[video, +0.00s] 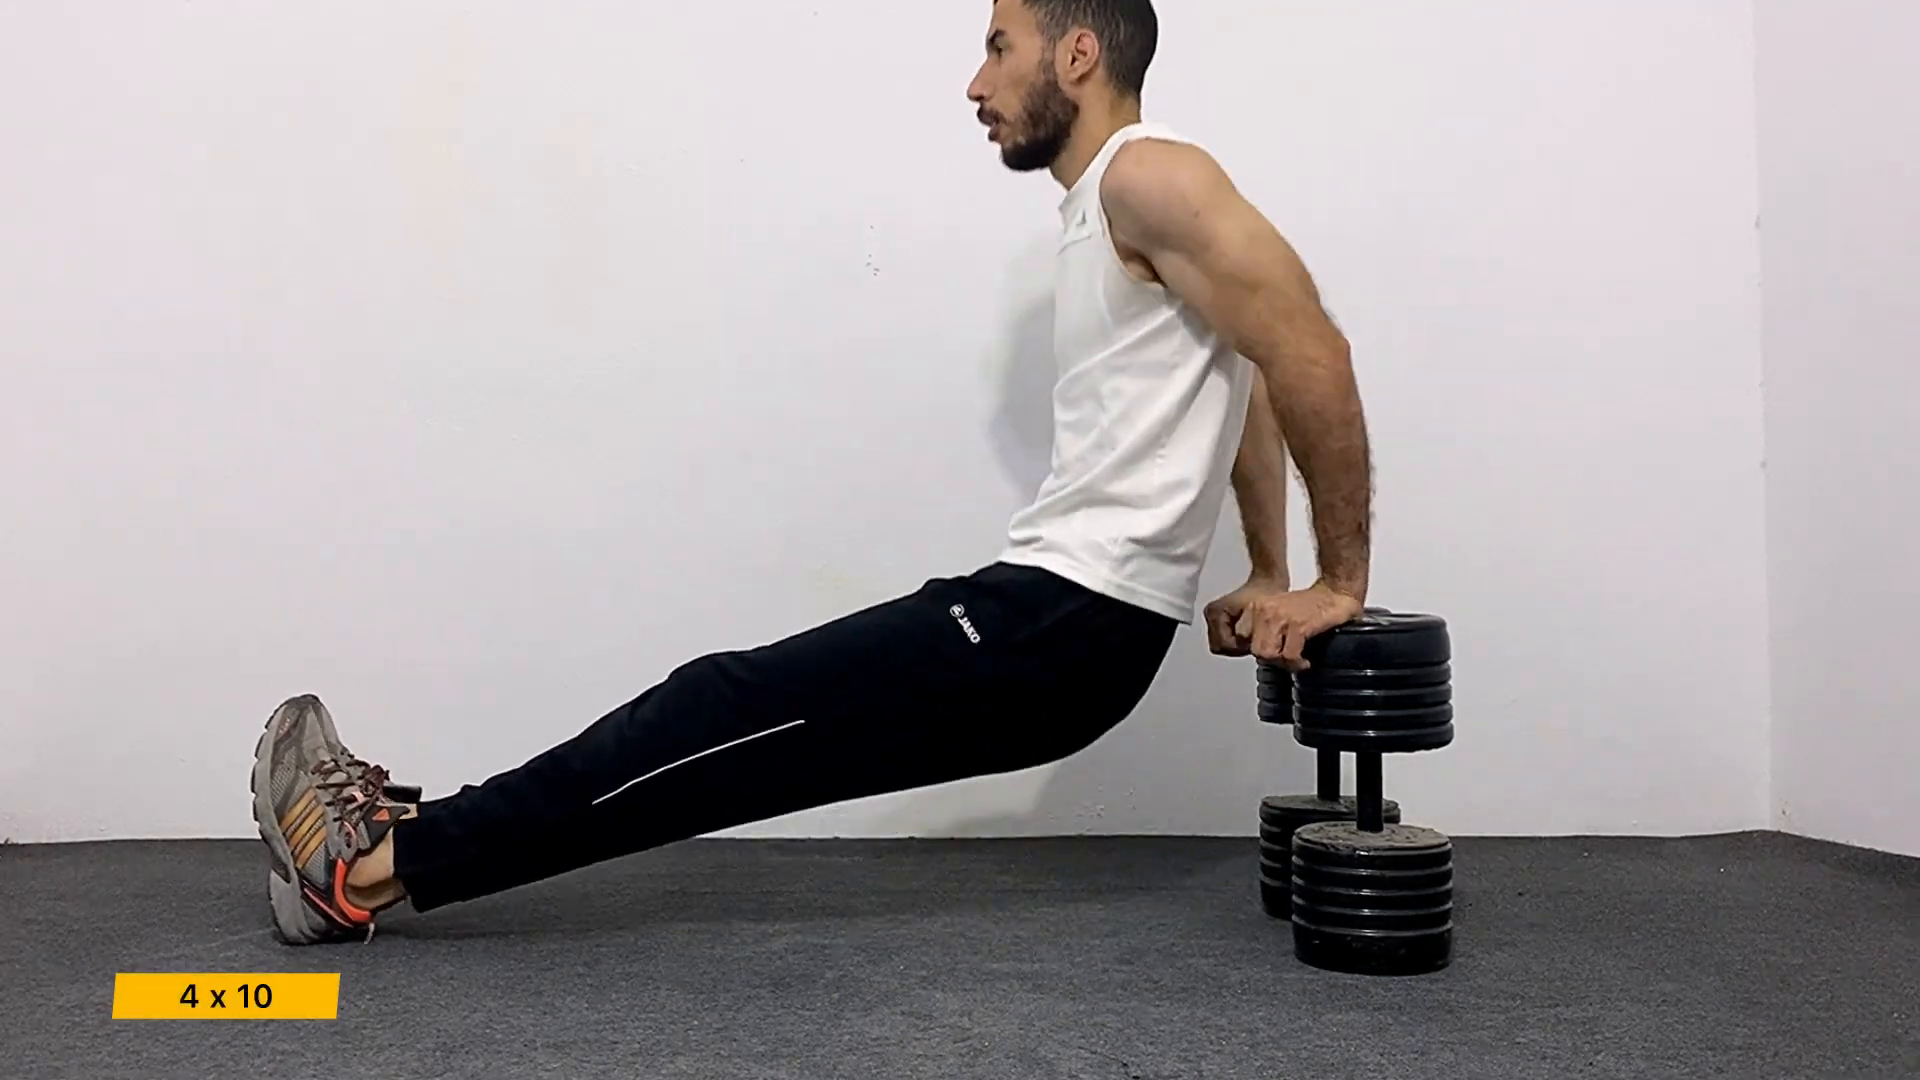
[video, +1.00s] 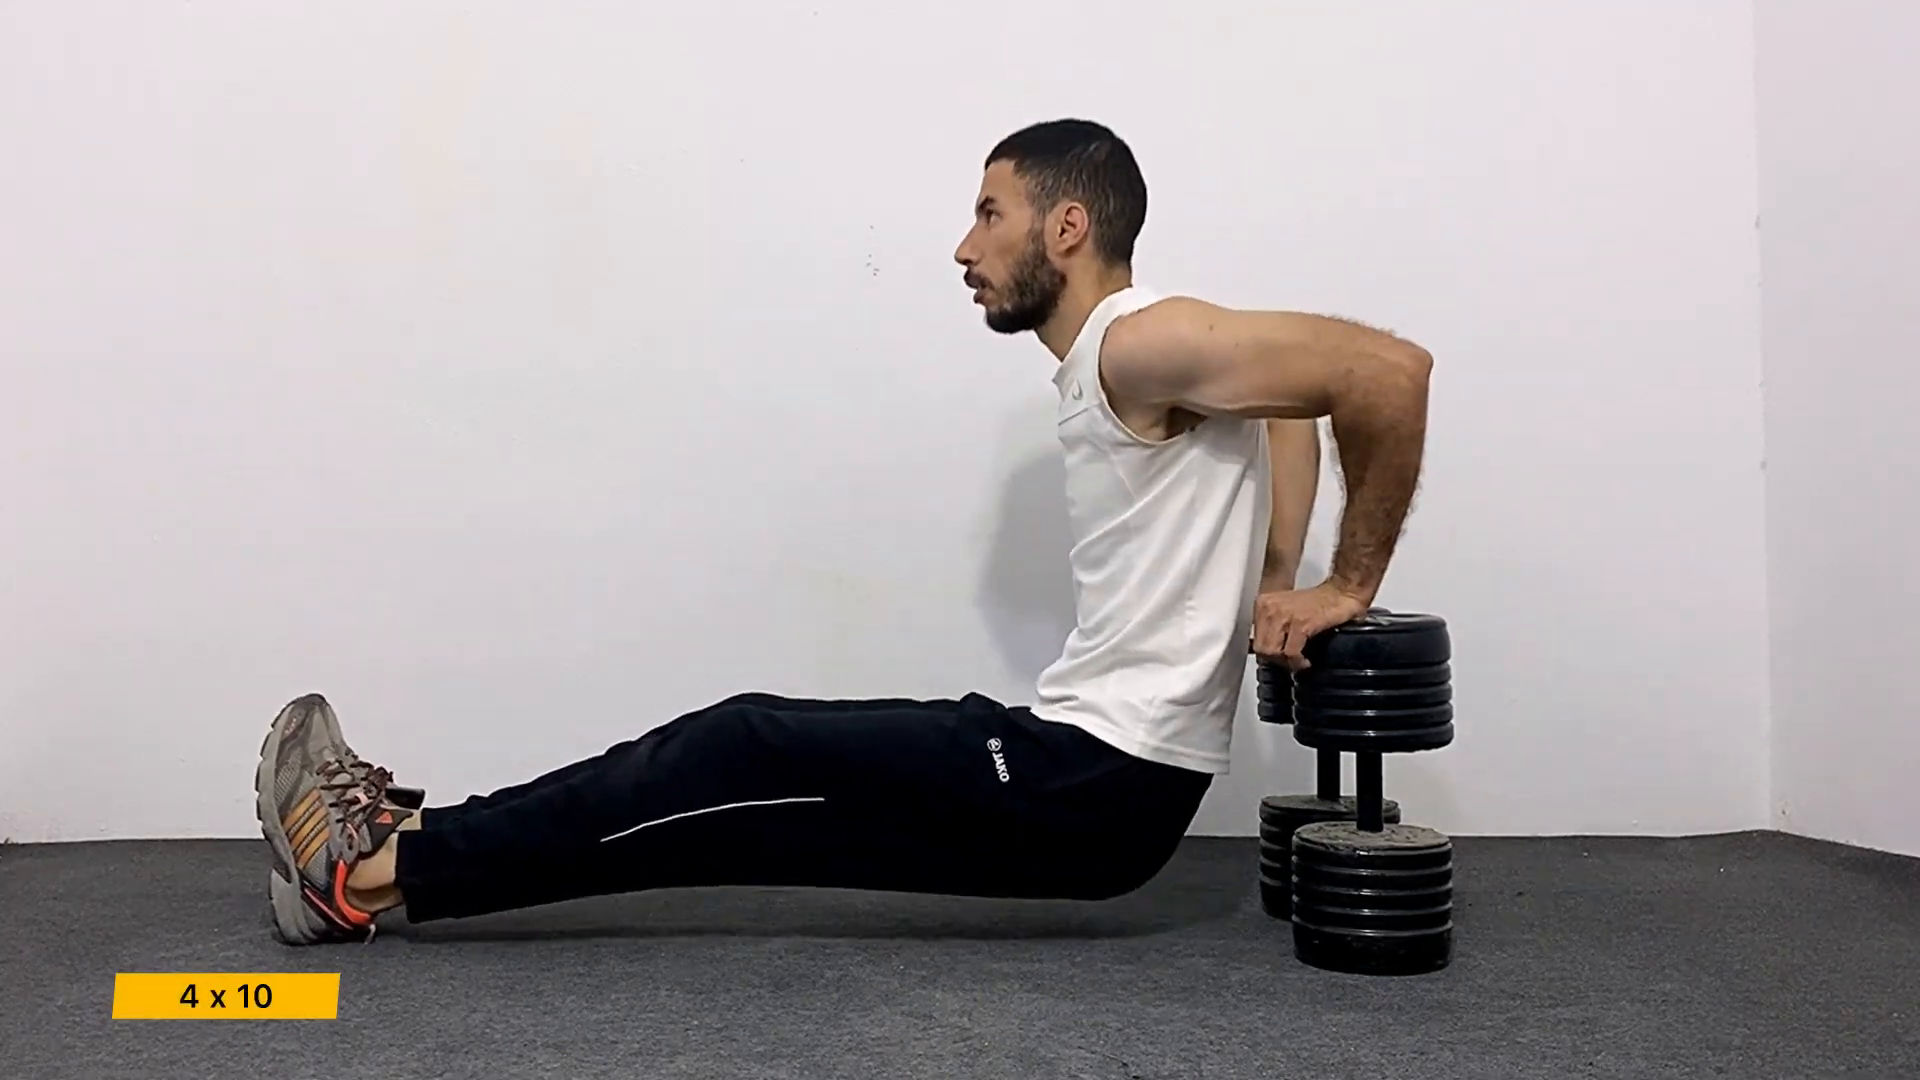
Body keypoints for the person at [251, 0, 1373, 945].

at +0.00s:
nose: (976, 81)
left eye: (998, 50)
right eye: (983, 53)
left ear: (1080, 54)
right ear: (1076, 54)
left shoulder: (1153, 177)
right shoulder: (1133, 200)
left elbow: (1312, 352)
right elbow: (1251, 387)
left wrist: (1348, 580)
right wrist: (1262, 577)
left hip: (1070, 623)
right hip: (1055, 607)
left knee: (726, 723)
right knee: (722, 703)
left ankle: (381, 873)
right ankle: (407, 841)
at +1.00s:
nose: (964, 248)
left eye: (987, 216)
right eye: (973, 219)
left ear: (1074, 227)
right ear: (1077, 228)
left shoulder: (1136, 345)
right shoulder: (1126, 345)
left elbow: (1391, 375)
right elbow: (1295, 391)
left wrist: (1355, 585)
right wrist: (1279, 575)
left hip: (1097, 776)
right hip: (1078, 760)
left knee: (741, 742)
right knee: (736, 795)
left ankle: (386, 869)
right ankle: (416, 848)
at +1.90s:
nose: (1017, 47)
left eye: (1039, 15)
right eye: (1022, 19)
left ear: (1123, 21)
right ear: (1107, 29)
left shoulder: (1187, 148)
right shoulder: (1148, 167)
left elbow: (1318, 350)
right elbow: (1246, 378)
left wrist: (1347, 581)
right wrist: (1263, 572)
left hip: (1068, 591)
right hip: (1048, 576)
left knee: (725, 714)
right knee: (719, 701)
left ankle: (381, 875)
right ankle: (415, 843)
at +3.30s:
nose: (979, 206)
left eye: (999, 175)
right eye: (985, 179)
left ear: (1085, 182)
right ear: (1090, 187)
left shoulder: (1151, 304)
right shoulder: (1128, 310)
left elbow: (1395, 371)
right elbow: (1300, 385)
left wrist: (1355, 587)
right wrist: (1279, 571)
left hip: (1100, 740)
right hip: (1077, 722)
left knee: (732, 742)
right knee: (732, 755)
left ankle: (380, 875)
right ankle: (413, 849)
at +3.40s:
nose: (987, 158)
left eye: (1008, 126)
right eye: (994, 128)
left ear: (1092, 134)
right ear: (1096, 140)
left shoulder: (1158, 255)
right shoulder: (1137, 269)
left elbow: (1380, 362)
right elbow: (1297, 377)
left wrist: (1352, 585)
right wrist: (1274, 576)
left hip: (1092, 692)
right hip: (1082, 685)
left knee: (730, 722)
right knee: (730, 759)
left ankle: (395, 863)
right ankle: (409, 858)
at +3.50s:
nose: (1000, 104)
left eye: (1023, 74)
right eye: (1006, 76)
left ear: (1102, 83)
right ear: (1095, 90)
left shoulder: (1172, 207)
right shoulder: (1144, 231)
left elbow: (1355, 358)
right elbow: (1276, 400)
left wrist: (1351, 585)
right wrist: (1269, 580)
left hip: (1084, 647)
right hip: (1071, 636)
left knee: (723, 724)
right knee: (724, 715)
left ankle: (390, 875)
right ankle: (416, 849)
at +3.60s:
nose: (1010, 70)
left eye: (1029, 41)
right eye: (1015, 44)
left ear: (1113, 42)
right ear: (1105, 48)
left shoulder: (1183, 166)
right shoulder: (1149, 190)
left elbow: (1332, 357)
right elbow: (1261, 387)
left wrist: (1351, 583)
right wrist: (1265, 575)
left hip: (1078, 611)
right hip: (1058, 596)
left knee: (728, 713)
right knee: (724, 701)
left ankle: (390, 873)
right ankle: (417, 843)